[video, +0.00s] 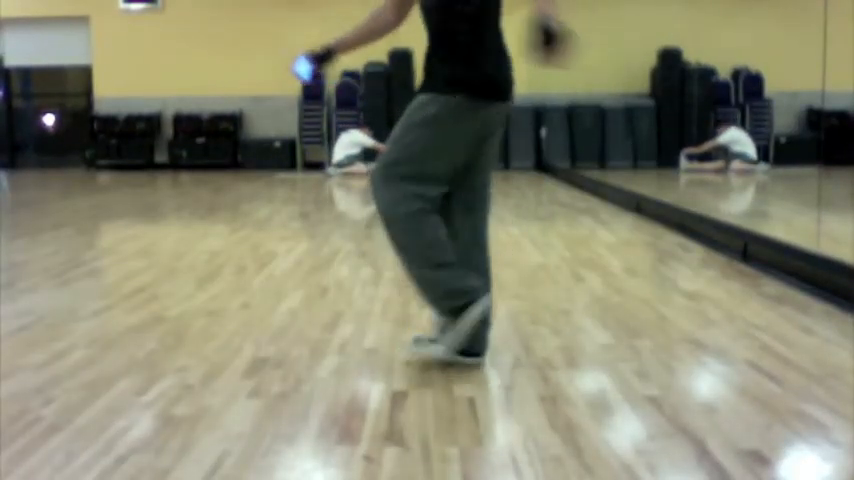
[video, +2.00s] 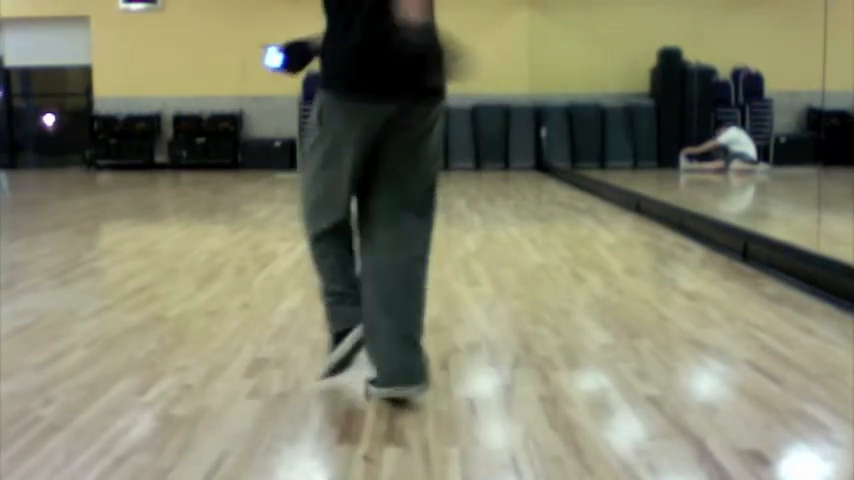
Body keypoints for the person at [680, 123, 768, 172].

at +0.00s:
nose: (719, 133)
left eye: (720, 130)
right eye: (719, 131)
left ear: (725, 128)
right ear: (728, 126)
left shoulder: (731, 132)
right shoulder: (733, 132)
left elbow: (709, 146)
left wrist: (689, 151)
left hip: (746, 160)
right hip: (734, 159)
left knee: (733, 168)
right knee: (714, 166)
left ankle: (753, 171)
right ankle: (690, 166)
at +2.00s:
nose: (719, 135)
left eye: (719, 132)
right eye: (719, 133)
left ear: (723, 129)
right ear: (727, 127)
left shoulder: (732, 132)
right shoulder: (734, 132)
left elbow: (710, 146)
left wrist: (688, 151)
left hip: (744, 159)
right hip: (734, 159)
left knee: (733, 170)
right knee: (715, 165)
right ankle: (692, 166)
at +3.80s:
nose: (719, 135)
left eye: (720, 133)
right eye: (719, 133)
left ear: (723, 129)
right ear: (727, 127)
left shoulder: (731, 132)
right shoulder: (733, 132)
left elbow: (710, 146)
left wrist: (688, 151)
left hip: (744, 159)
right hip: (735, 159)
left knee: (733, 169)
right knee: (715, 165)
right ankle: (692, 166)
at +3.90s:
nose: (719, 135)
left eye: (720, 133)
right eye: (719, 133)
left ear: (723, 129)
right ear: (727, 127)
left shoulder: (731, 132)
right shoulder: (734, 132)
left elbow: (710, 146)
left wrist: (688, 151)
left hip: (744, 160)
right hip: (735, 159)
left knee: (733, 169)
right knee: (715, 165)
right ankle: (692, 166)